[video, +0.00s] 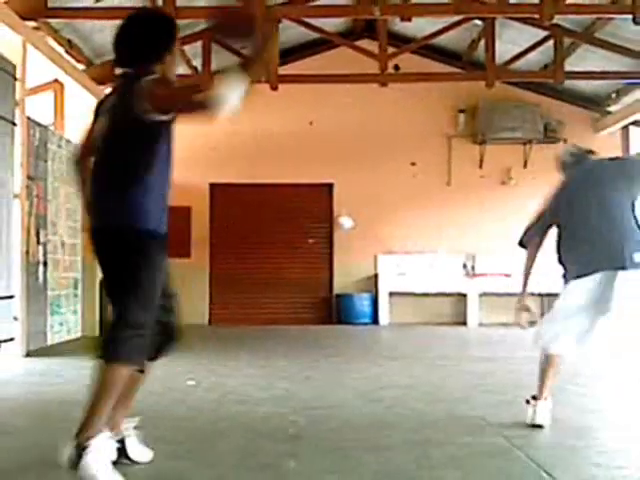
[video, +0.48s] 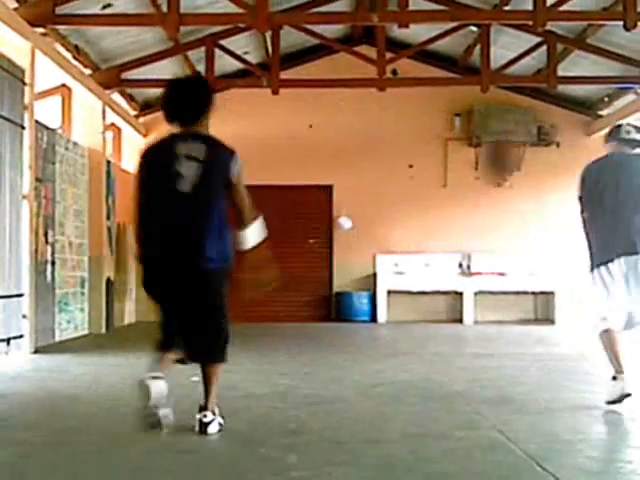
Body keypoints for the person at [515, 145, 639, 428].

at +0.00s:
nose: (562, 177)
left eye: (561, 172)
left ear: (565, 169)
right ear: (591, 158)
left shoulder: (564, 194)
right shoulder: (623, 167)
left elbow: (534, 238)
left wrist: (523, 292)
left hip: (587, 269)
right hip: (632, 262)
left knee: (557, 332)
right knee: (628, 339)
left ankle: (542, 401)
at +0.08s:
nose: (590, 177)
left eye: (592, 173)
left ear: (596, 170)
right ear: (618, 165)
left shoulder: (591, 190)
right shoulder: (634, 173)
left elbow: (562, 228)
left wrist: (549, 240)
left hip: (595, 270)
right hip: (633, 263)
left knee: (569, 333)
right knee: (631, 340)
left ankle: (542, 391)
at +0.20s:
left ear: (616, 165)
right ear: (634, 164)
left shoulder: (610, 188)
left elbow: (583, 235)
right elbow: (584, 235)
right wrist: (571, 278)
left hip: (612, 276)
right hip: (632, 273)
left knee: (591, 339)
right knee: (592, 339)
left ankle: (553, 386)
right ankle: (554, 386)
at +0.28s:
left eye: (624, 159)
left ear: (625, 161)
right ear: (636, 160)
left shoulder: (616, 189)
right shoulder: (622, 188)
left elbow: (594, 237)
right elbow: (594, 236)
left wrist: (588, 282)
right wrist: (589, 281)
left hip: (613, 280)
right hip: (631, 279)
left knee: (609, 341)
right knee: (612, 341)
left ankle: (584, 389)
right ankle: (583, 389)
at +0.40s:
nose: (619, 147)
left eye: (620, 141)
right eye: (626, 140)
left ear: (619, 144)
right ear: (637, 144)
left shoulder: (608, 175)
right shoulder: (610, 177)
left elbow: (594, 220)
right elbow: (595, 220)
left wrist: (599, 259)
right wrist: (600, 257)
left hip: (616, 257)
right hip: (632, 254)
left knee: (612, 321)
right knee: (617, 322)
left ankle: (615, 382)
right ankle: (615, 382)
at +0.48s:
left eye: (610, 141)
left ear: (611, 141)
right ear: (635, 143)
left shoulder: (592, 170)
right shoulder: (637, 162)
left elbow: (586, 214)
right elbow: (587, 215)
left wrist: (594, 252)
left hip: (607, 251)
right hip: (635, 247)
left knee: (605, 316)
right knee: (632, 316)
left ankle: (619, 377)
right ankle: (620, 376)